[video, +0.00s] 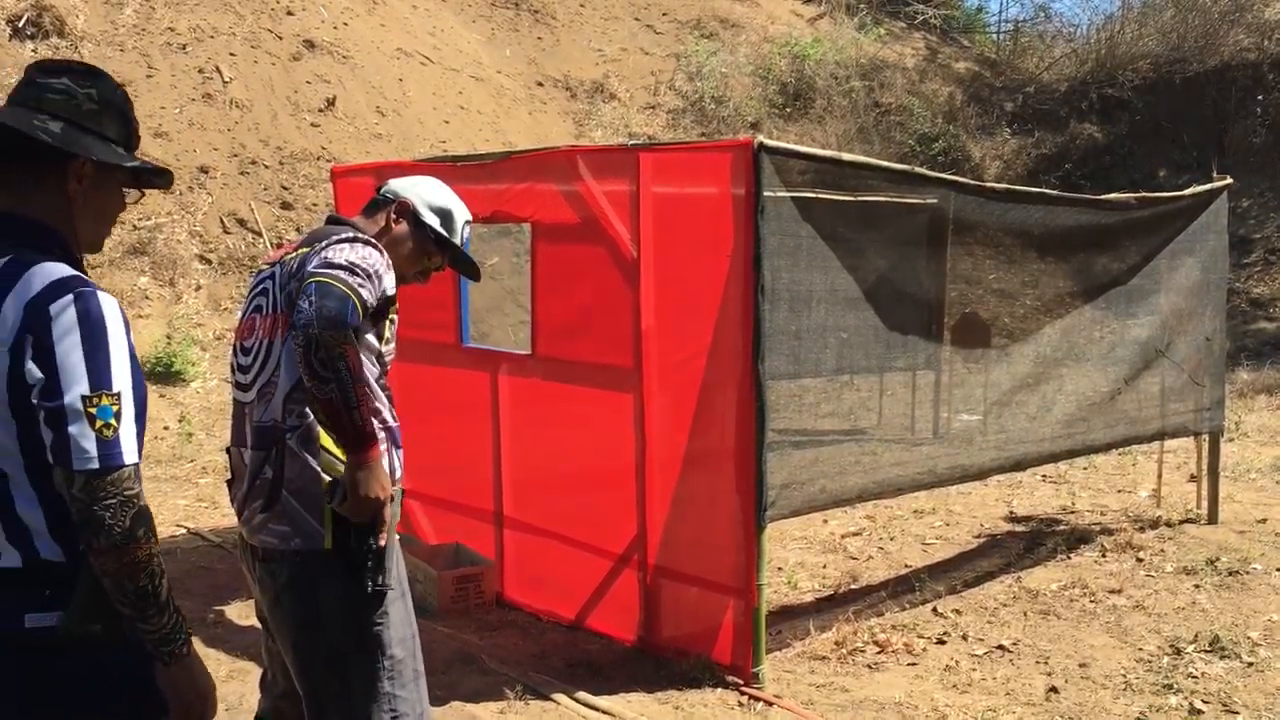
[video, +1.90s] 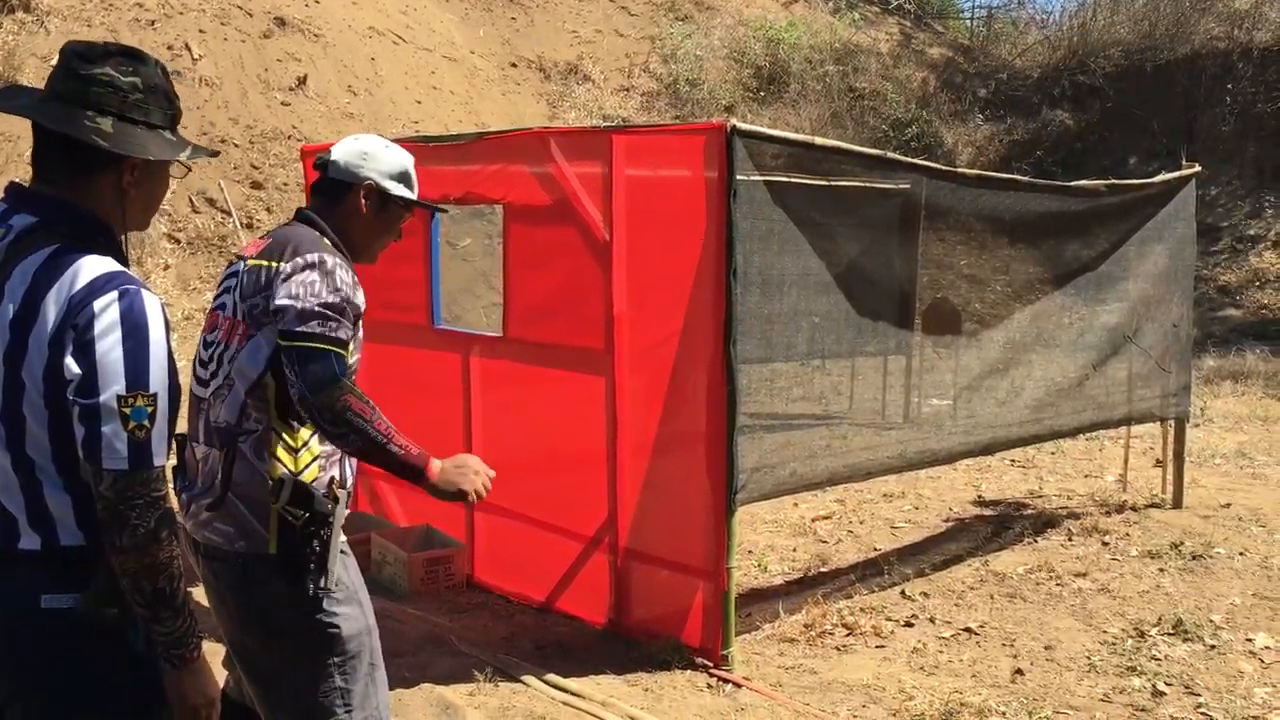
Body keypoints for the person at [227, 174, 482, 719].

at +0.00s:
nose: (424, 275)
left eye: (436, 266)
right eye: (427, 255)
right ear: (397, 218)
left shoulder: (280, 267)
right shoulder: (358, 251)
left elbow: (253, 410)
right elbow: (323, 326)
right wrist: (367, 456)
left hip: (277, 541)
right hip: (336, 539)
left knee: (293, 705)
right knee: (384, 707)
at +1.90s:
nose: (401, 233)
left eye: (406, 218)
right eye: (399, 215)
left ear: (349, 198)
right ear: (363, 200)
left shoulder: (261, 254)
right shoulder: (321, 269)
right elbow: (326, 396)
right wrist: (431, 470)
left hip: (229, 525)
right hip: (286, 533)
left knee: (264, 692)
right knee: (348, 703)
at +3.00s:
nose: (391, 223)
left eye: (391, 208)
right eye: (386, 207)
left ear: (310, 202)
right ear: (349, 207)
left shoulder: (253, 267)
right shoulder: (324, 290)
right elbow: (338, 438)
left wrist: (314, 516)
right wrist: (385, 551)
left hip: (207, 528)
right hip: (266, 543)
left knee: (265, 683)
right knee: (353, 700)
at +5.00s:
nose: (408, 227)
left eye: (409, 212)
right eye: (401, 211)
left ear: (338, 209)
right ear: (363, 211)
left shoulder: (271, 274)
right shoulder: (342, 293)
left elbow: (276, 414)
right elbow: (356, 437)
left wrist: (339, 506)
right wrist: (405, 549)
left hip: (228, 530)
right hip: (285, 544)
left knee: (282, 688)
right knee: (370, 700)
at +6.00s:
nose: (406, 228)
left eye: (407, 213)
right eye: (400, 212)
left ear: (340, 210)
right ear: (360, 211)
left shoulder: (274, 270)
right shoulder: (339, 291)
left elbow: (281, 413)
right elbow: (353, 435)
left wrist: (343, 509)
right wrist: (402, 547)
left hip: (224, 526)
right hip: (281, 540)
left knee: (276, 686)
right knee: (366, 698)